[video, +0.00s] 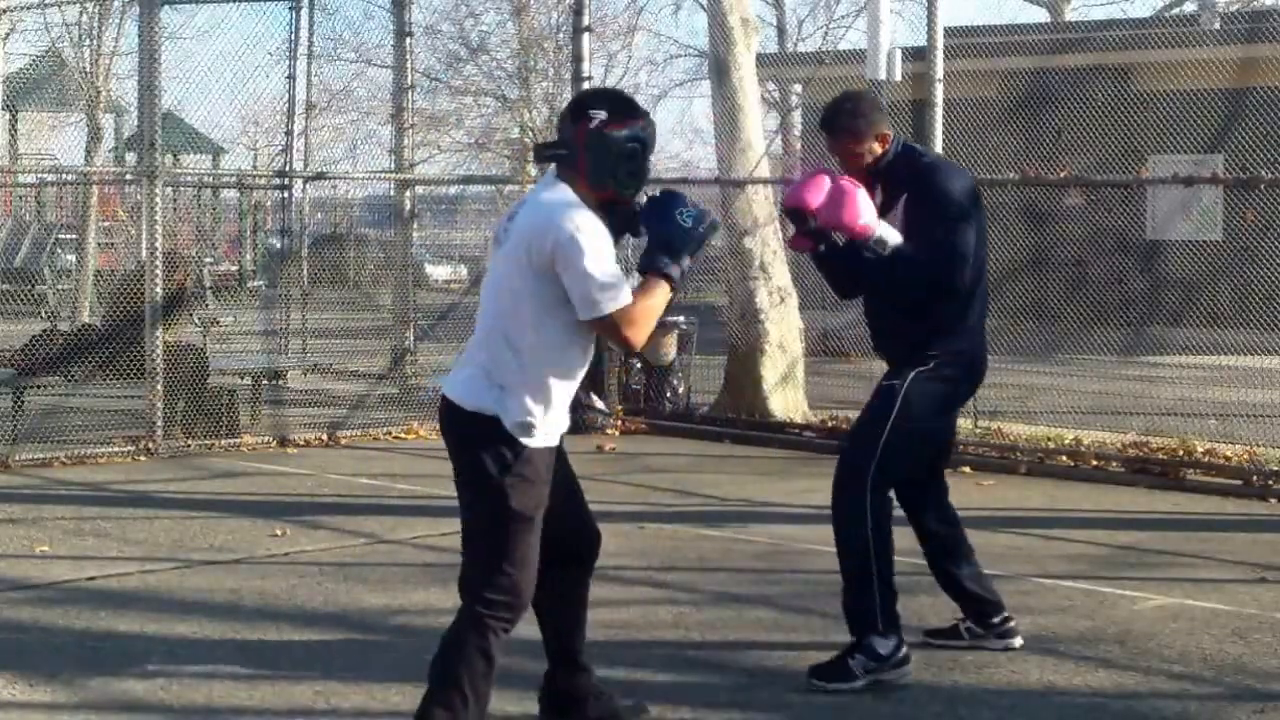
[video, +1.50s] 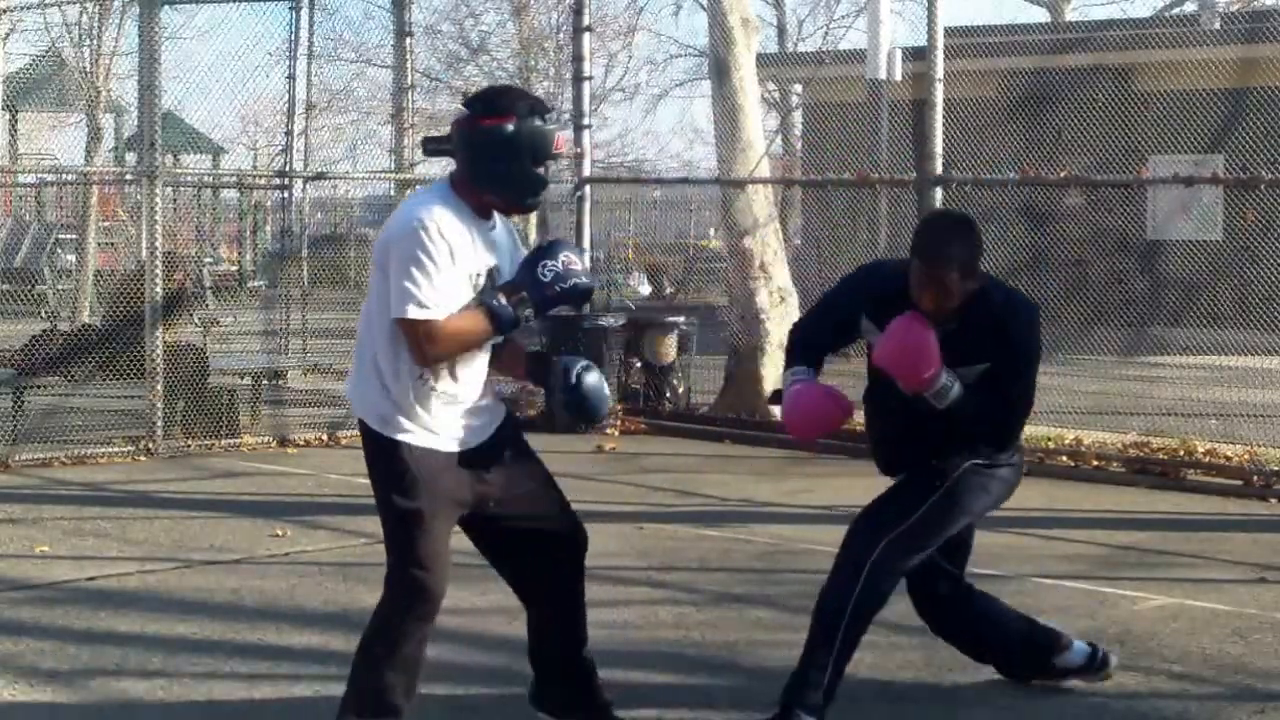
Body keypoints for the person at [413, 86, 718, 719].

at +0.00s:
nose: (635, 161)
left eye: (642, 147)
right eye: (622, 146)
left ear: (574, 150)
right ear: (580, 147)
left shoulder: (547, 206)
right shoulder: (569, 222)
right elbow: (631, 327)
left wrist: (625, 242)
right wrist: (668, 261)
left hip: (524, 419)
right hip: (500, 424)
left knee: (573, 544)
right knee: (498, 597)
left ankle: (570, 690)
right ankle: (446, 712)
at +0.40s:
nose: (633, 136)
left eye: (630, 122)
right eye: (626, 124)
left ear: (563, 130)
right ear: (609, 129)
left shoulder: (529, 196)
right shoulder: (609, 193)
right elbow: (688, 276)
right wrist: (695, 194)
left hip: (521, 388)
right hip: (559, 398)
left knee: (602, 533)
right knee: (550, 562)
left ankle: (575, 689)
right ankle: (464, 705)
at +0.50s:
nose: (635, 145)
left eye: (632, 134)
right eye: (630, 134)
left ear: (561, 142)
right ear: (617, 138)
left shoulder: (532, 211)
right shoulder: (624, 195)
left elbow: (534, 306)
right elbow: (718, 258)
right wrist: (718, 193)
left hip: (514, 386)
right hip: (567, 394)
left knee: (599, 533)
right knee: (546, 559)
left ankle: (591, 695)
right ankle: (459, 705)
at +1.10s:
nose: (606, 128)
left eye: (609, 114)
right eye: (589, 115)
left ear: (537, 132)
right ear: (556, 128)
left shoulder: (535, 198)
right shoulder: (556, 205)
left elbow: (556, 288)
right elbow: (637, 300)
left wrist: (618, 238)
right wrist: (666, 230)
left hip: (552, 405)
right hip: (522, 400)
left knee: (608, 536)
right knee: (517, 570)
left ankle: (594, 689)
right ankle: (445, 706)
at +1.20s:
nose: (621, 153)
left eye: (619, 140)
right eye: (609, 142)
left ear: (548, 149)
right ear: (588, 153)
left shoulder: (593, 213)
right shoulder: (535, 220)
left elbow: (677, 261)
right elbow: (597, 331)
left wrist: (765, 246)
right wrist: (637, 265)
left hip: (552, 417)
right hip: (491, 411)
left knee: (605, 539)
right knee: (527, 568)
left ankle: (612, 696)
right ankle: (448, 712)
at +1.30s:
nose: (600, 175)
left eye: (601, 161)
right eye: (590, 163)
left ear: (546, 162)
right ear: (551, 163)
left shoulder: (572, 228)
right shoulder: (493, 232)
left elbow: (634, 308)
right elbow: (510, 351)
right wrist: (581, 299)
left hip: (531, 414)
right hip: (464, 417)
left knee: (582, 553)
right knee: (480, 570)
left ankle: (613, 690)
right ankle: (398, 709)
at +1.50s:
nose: (538, 180)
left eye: (538, 167)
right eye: (528, 167)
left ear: (495, 164)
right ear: (489, 164)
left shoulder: (498, 227)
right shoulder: (423, 226)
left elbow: (483, 345)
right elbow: (427, 343)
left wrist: (550, 373)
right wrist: (517, 301)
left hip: (480, 422)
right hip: (410, 430)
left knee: (556, 548)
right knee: (419, 587)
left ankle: (567, 696)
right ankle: (368, 712)